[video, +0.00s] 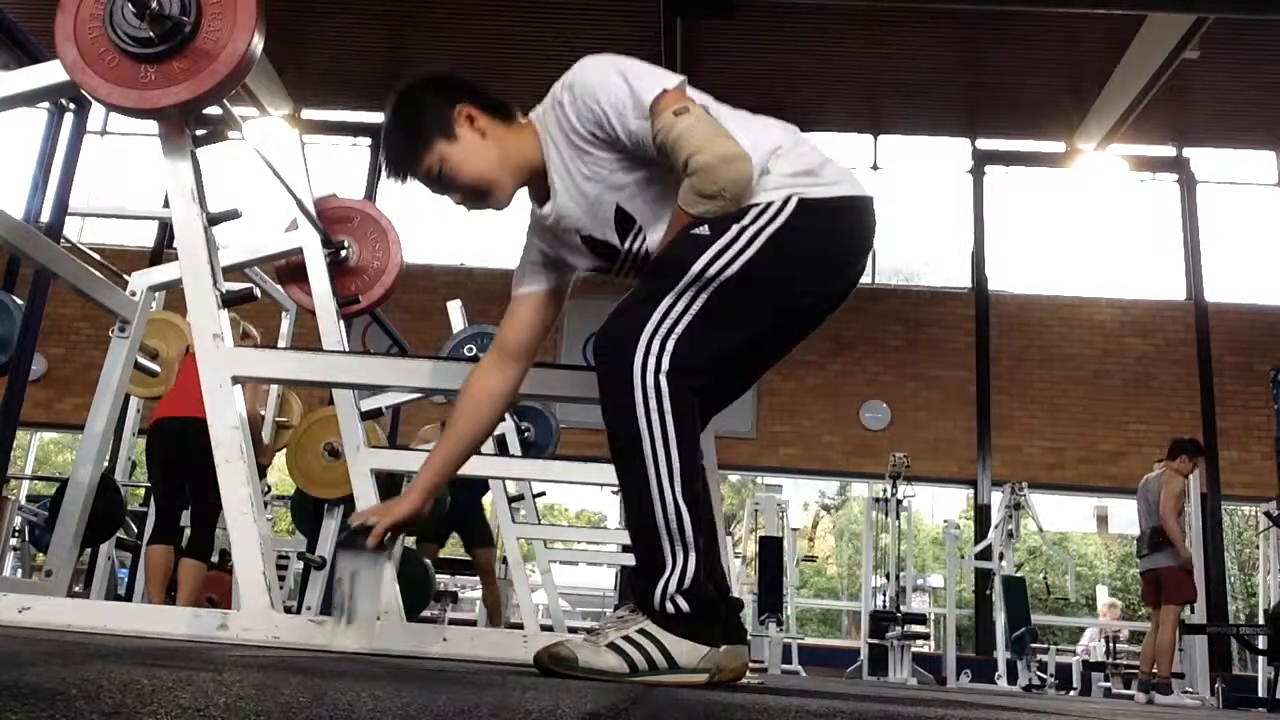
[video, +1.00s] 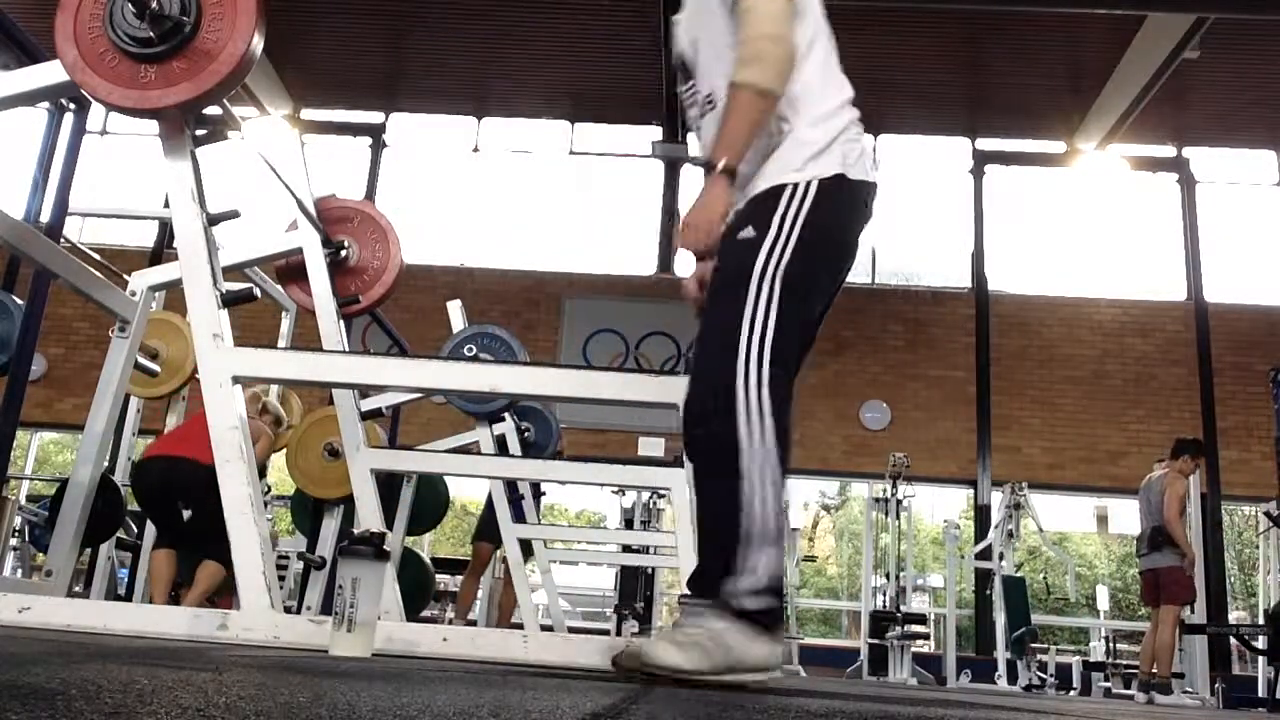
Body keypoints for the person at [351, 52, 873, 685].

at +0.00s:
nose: (453, 196)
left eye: (442, 172)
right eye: (437, 189)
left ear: (472, 121)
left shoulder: (589, 85)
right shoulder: (552, 230)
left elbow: (721, 169)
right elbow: (501, 366)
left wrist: (658, 257)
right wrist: (417, 493)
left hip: (801, 201)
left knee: (635, 348)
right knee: (657, 396)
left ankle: (684, 621)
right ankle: (702, 624)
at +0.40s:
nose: (463, 140)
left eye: (457, 117)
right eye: (452, 131)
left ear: (489, 71)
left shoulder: (608, 51)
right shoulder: (567, 184)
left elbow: (725, 155)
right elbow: (530, 319)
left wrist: (677, 235)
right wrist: (455, 454)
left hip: (805, 182)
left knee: (658, 344)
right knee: (674, 379)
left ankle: (685, 622)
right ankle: (707, 628)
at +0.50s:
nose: (477, 106)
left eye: (469, 84)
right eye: (466, 98)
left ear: (500, 38)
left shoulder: (620, 30)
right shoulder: (580, 157)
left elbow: (721, 149)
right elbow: (564, 285)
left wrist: (676, 259)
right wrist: (516, 417)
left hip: (802, 171)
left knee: (667, 350)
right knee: (689, 387)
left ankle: (684, 623)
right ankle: (710, 629)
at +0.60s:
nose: (494, 70)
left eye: (486, 47)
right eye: (483, 63)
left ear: (520, 6)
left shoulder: (628, 14)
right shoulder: (600, 125)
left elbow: (711, 136)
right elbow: (611, 259)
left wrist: (683, 281)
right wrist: (578, 390)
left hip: (802, 165)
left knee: (678, 353)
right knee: (702, 387)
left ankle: (684, 624)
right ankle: (713, 631)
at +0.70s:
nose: (513, 34)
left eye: (509, 12)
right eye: (505, 24)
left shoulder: (649, 4)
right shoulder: (618, 92)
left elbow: (714, 125)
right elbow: (658, 232)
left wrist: (692, 251)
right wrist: (642, 353)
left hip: (800, 166)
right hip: (770, 183)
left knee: (689, 367)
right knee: (682, 380)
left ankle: (687, 625)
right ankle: (711, 629)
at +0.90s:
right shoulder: (667, 39)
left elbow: (746, 68)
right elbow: (691, 158)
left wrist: (696, 203)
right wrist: (688, 263)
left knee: (725, 370)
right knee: (695, 397)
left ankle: (694, 619)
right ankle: (709, 628)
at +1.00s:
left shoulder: (756, 3)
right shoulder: (698, 22)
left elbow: (770, 53)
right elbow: (745, 134)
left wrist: (717, 180)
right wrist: (722, 246)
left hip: (810, 168)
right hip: (768, 182)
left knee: (744, 380)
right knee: (714, 397)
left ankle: (752, 619)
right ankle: (718, 617)